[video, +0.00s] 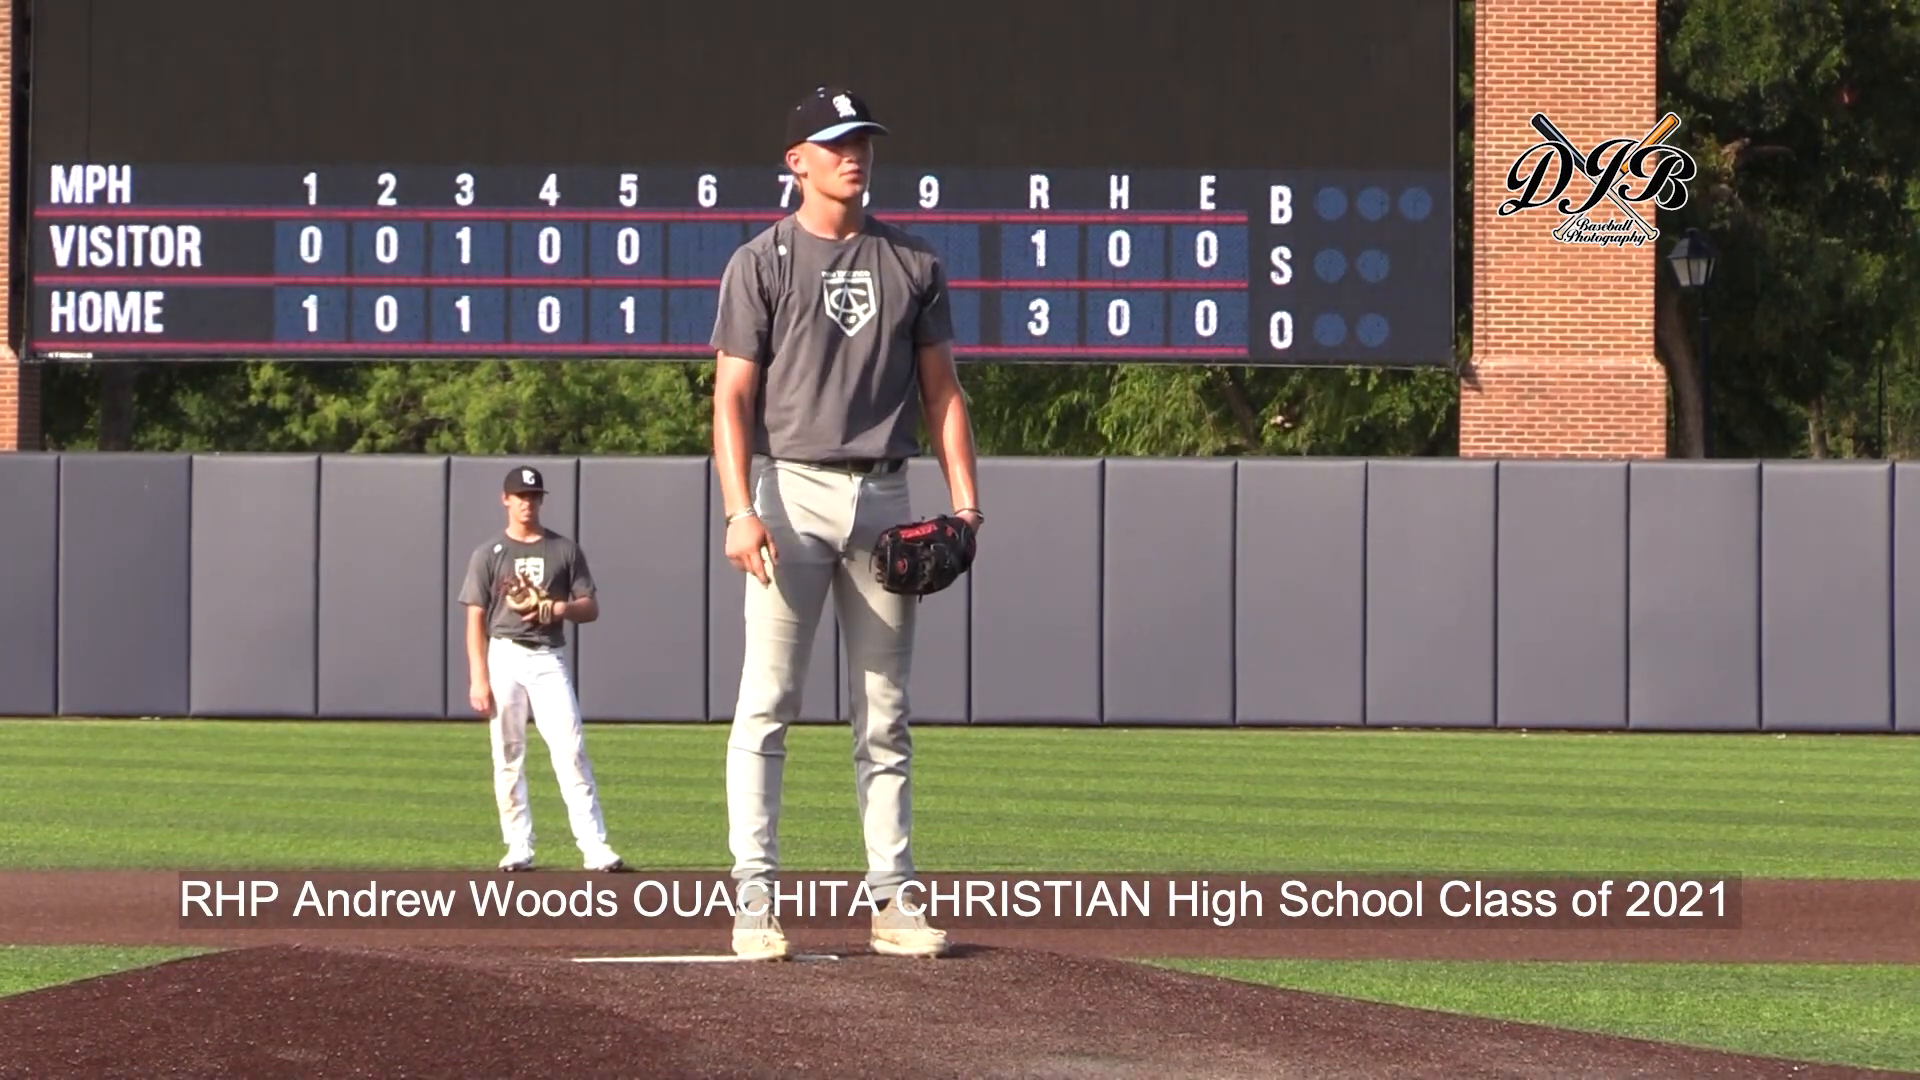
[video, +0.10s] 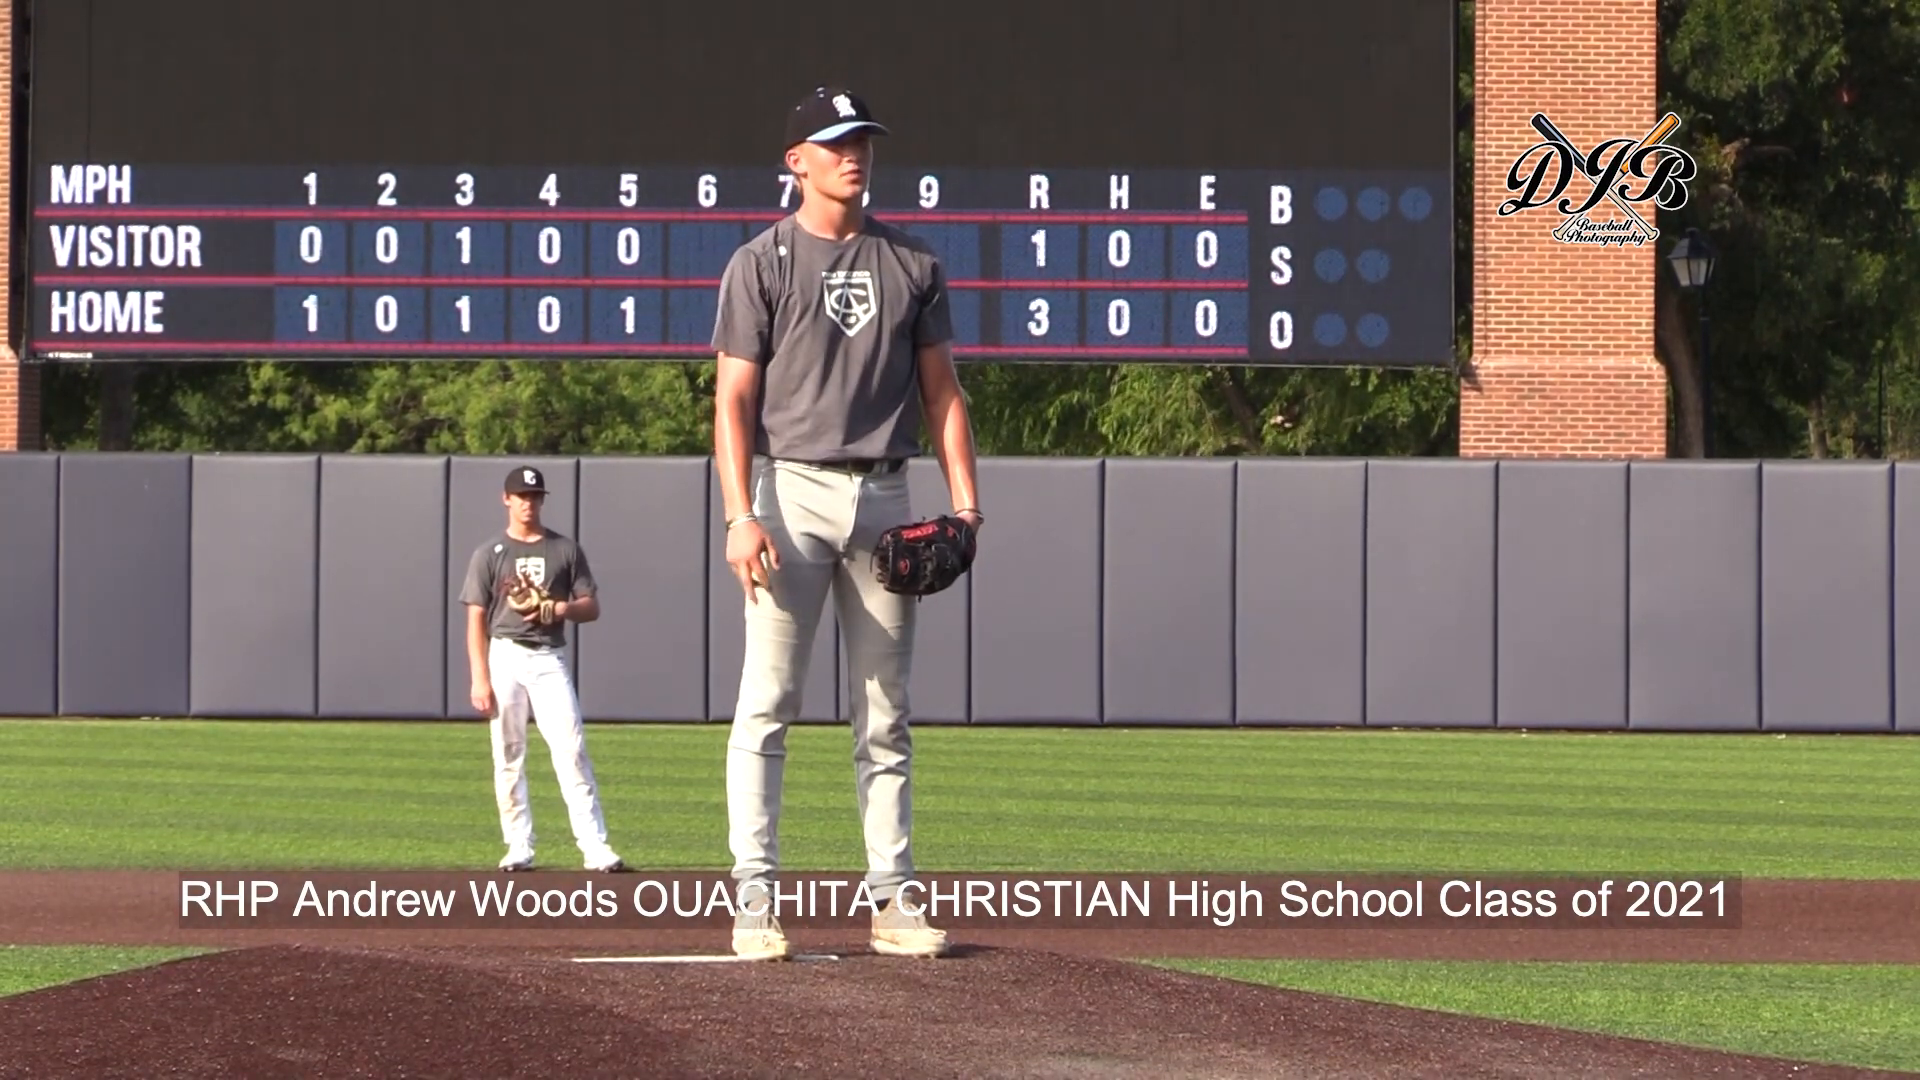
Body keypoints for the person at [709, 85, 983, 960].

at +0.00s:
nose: (854, 160)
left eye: (861, 146)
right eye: (837, 147)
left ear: (872, 158)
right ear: (799, 160)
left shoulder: (912, 266)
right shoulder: (759, 263)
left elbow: (944, 392)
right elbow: (730, 398)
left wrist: (965, 502)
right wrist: (740, 509)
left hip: (887, 498)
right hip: (790, 493)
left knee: (885, 712)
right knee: (767, 706)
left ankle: (893, 898)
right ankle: (756, 895)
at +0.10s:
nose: (854, 159)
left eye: (861, 146)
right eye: (837, 147)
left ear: (871, 158)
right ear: (798, 160)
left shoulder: (911, 266)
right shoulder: (760, 263)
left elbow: (943, 393)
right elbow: (732, 401)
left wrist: (965, 503)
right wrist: (740, 515)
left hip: (886, 498)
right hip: (790, 493)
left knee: (885, 712)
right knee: (767, 705)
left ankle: (893, 898)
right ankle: (756, 895)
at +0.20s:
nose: (854, 160)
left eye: (861, 146)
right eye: (837, 147)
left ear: (871, 158)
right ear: (798, 160)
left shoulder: (911, 266)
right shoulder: (758, 265)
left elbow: (943, 394)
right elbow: (733, 402)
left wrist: (965, 506)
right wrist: (740, 518)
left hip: (887, 497)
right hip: (790, 494)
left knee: (886, 712)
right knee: (767, 706)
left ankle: (893, 897)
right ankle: (755, 895)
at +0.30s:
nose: (854, 159)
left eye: (861, 146)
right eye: (837, 147)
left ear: (871, 159)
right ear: (798, 160)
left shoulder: (911, 267)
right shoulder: (758, 265)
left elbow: (943, 394)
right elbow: (733, 403)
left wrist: (965, 507)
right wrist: (741, 519)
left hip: (887, 497)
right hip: (790, 494)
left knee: (886, 712)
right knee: (767, 705)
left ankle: (893, 897)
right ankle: (755, 895)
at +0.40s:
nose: (854, 159)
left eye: (861, 146)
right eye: (837, 147)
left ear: (871, 158)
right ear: (798, 160)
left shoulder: (911, 267)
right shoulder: (758, 266)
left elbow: (943, 394)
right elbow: (733, 403)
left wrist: (965, 507)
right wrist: (742, 517)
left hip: (887, 497)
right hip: (790, 494)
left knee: (886, 712)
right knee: (767, 706)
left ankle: (893, 897)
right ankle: (755, 895)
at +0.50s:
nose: (854, 159)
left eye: (861, 145)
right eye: (837, 147)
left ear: (871, 158)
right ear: (799, 160)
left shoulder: (911, 267)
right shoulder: (758, 267)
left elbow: (942, 395)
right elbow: (732, 405)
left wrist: (965, 507)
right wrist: (744, 520)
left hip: (887, 497)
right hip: (790, 493)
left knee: (885, 712)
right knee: (768, 705)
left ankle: (893, 897)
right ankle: (755, 895)